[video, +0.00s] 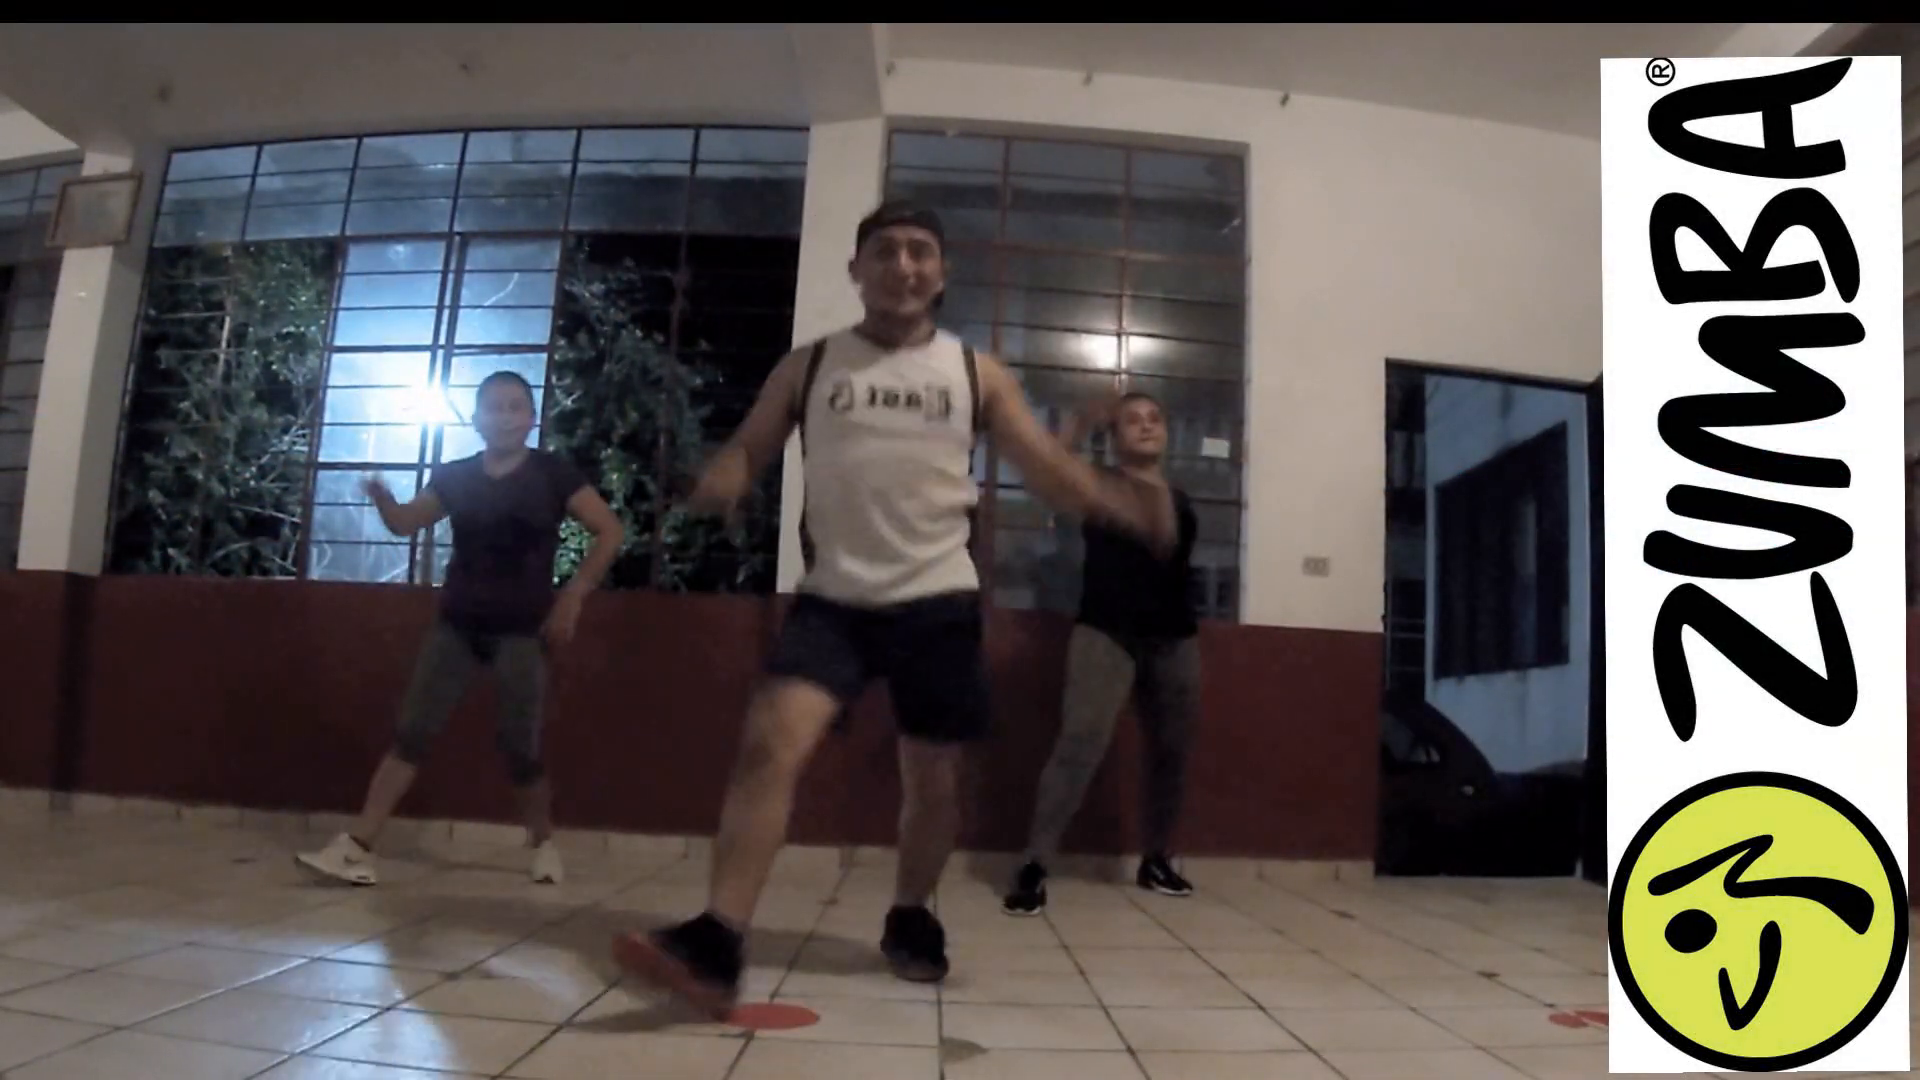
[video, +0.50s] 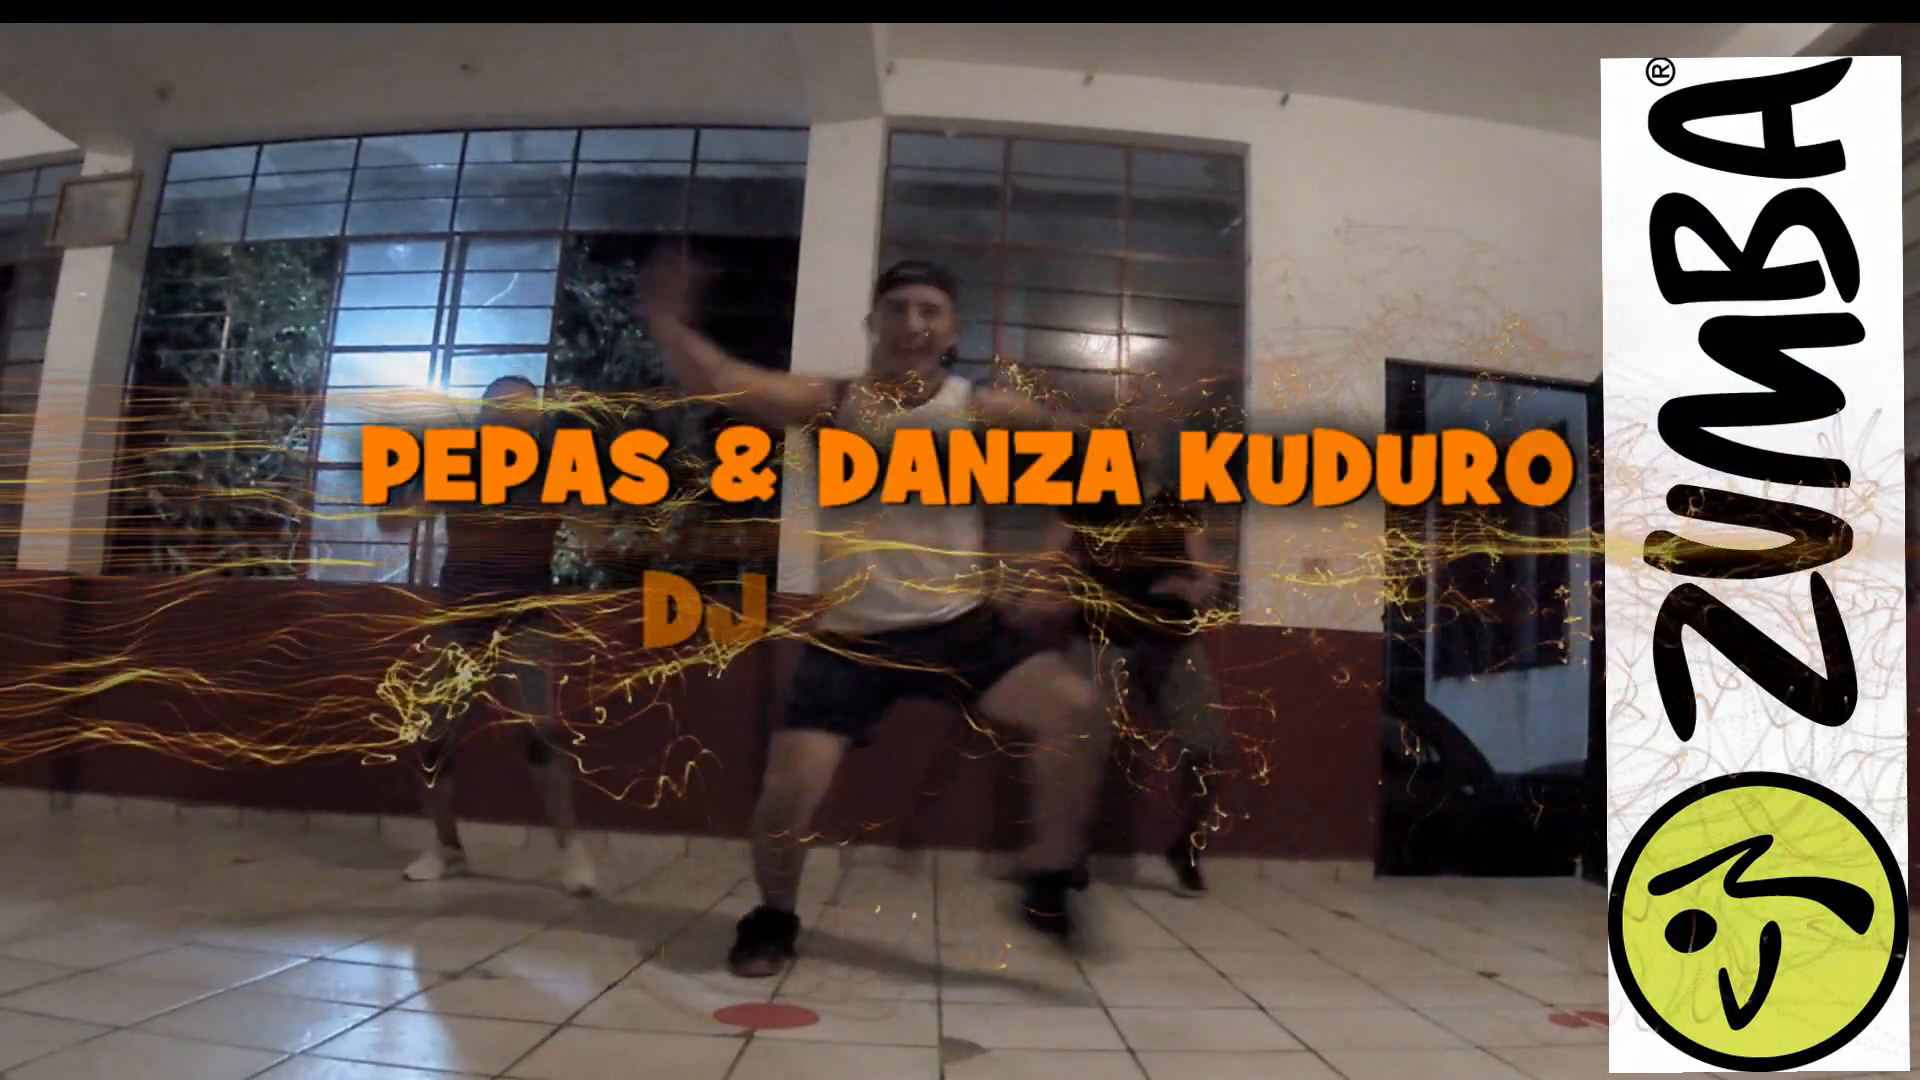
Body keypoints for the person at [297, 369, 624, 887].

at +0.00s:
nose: (506, 416)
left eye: (516, 407)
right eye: (495, 407)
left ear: (531, 416)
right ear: (478, 417)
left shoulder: (554, 473)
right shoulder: (455, 476)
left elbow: (611, 533)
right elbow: (403, 523)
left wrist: (571, 599)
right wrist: (383, 500)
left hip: (521, 629)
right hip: (457, 624)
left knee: (523, 748)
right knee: (411, 735)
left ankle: (541, 845)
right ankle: (357, 844)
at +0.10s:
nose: (516, 409)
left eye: (527, 400)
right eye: (505, 399)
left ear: (541, 412)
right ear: (486, 409)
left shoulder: (560, 472)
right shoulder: (459, 469)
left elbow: (616, 527)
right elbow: (418, 525)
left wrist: (579, 579)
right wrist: (408, 530)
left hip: (528, 622)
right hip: (462, 618)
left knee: (527, 737)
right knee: (407, 709)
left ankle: (542, 844)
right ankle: (387, 838)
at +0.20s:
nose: (517, 403)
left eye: (528, 396)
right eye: (507, 394)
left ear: (542, 411)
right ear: (486, 404)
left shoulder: (557, 470)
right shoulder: (456, 465)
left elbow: (610, 530)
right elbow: (435, 526)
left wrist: (568, 574)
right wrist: (423, 557)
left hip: (526, 621)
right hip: (462, 616)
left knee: (528, 741)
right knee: (410, 714)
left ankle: (544, 844)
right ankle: (431, 832)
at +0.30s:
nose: (516, 416)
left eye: (525, 408)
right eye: (505, 406)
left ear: (535, 419)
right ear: (481, 412)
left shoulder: (544, 479)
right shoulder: (456, 471)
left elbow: (588, 548)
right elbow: (436, 539)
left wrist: (546, 582)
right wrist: (418, 570)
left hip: (518, 623)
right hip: (456, 619)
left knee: (522, 741)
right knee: (426, 736)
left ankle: (543, 845)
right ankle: (447, 846)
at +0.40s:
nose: (508, 430)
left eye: (518, 419)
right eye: (498, 418)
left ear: (532, 423)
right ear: (479, 420)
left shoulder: (546, 481)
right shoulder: (453, 482)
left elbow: (575, 556)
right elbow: (412, 548)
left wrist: (521, 551)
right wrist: (408, 577)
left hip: (519, 628)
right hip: (455, 624)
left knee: (519, 740)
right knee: (425, 736)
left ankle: (548, 837)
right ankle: (446, 847)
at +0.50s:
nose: (514, 416)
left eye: (522, 408)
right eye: (505, 408)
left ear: (537, 413)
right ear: (486, 412)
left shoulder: (552, 462)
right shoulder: (458, 461)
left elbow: (595, 529)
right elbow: (395, 519)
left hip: (526, 607)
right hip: (462, 606)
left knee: (541, 727)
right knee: (437, 729)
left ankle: (571, 848)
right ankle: (445, 847)